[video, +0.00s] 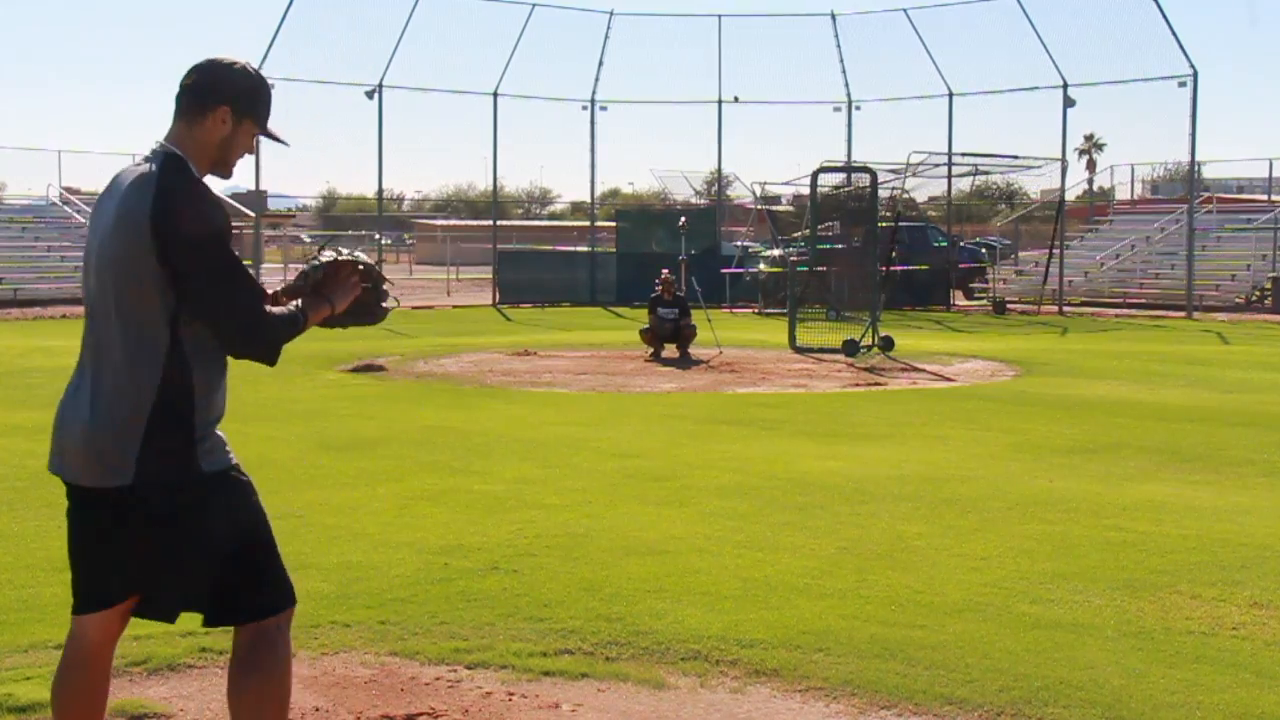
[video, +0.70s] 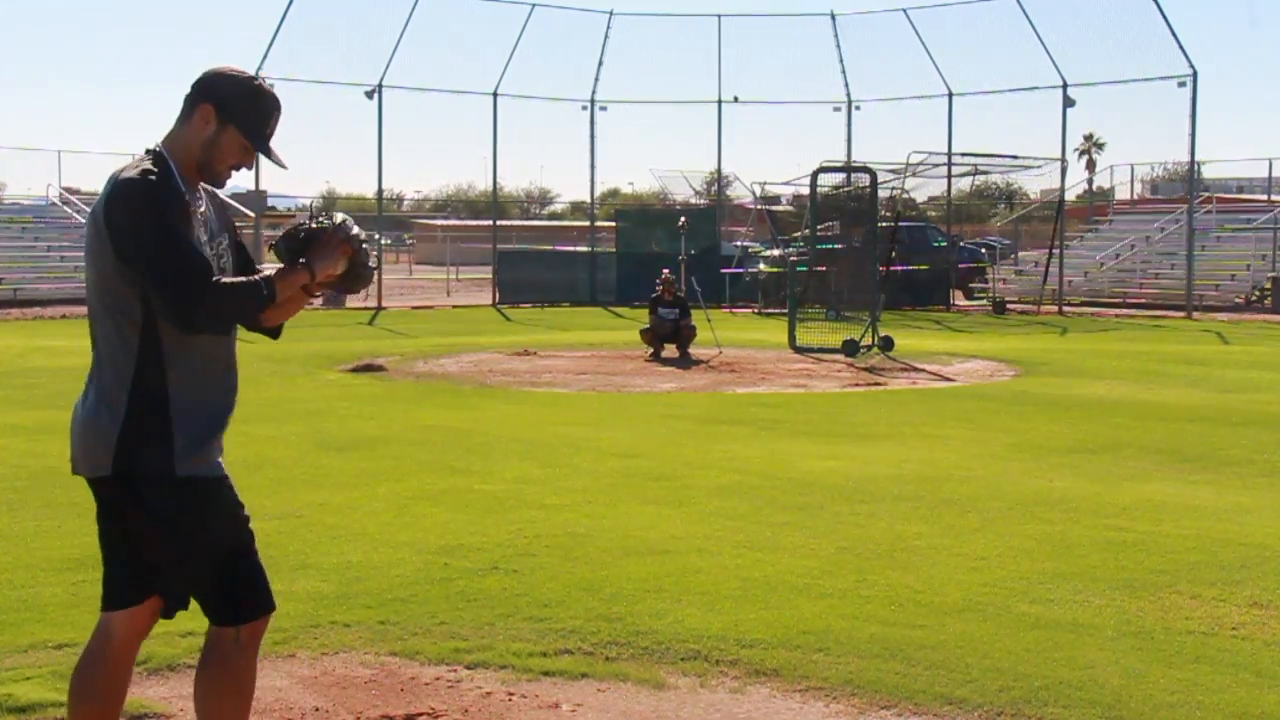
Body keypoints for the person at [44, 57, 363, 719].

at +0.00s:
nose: (248, 152)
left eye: (255, 140)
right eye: (251, 135)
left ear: (191, 115)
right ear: (219, 118)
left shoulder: (123, 187)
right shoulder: (183, 197)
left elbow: (183, 311)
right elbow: (252, 333)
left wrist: (282, 294)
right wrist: (321, 304)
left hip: (94, 446)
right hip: (178, 453)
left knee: (97, 618)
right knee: (266, 611)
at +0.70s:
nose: (246, 166)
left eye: (252, 156)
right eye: (245, 149)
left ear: (209, 126)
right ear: (207, 119)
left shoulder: (196, 203)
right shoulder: (144, 191)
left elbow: (239, 314)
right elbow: (195, 303)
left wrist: (287, 298)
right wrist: (307, 268)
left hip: (137, 446)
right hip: (159, 450)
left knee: (132, 608)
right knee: (243, 612)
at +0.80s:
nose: (260, 155)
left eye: (266, 144)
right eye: (259, 138)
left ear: (225, 120)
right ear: (217, 112)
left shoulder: (231, 203)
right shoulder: (146, 189)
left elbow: (277, 315)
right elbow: (190, 295)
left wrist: (320, 267)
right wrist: (287, 265)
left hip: (204, 446)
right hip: (159, 448)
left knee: (183, 614)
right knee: (236, 615)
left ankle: (120, 717)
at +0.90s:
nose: (268, 148)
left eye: (274, 136)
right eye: (265, 131)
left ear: (236, 118)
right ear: (221, 107)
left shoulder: (250, 203)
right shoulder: (144, 186)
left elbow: (301, 313)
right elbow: (182, 286)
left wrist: (323, 256)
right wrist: (290, 243)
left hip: (232, 440)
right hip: (162, 447)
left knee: (279, 591)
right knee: (222, 622)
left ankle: (165, 711)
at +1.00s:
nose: (275, 147)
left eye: (280, 134)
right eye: (271, 129)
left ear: (241, 116)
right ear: (227, 106)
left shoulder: (259, 198)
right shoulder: (141, 182)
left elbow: (317, 310)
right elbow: (148, 271)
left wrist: (318, 247)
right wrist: (268, 228)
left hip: (254, 433)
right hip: (171, 444)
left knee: (322, 575)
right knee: (220, 620)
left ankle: (244, 712)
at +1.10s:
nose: (282, 147)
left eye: (288, 134)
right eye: (276, 128)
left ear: (250, 118)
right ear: (231, 107)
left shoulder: (271, 196)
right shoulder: (138, 178)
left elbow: (333, 308)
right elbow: (123, 253)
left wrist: (309, 229)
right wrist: (244, 210)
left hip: (259, 419)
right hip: (174, 443)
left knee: (338, 557)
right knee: (216, 620)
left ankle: (340, 717)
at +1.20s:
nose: (284, 150)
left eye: (294, 139)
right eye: (279, 133)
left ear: (294, 140)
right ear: (239, 111)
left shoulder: (281, 190)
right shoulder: (149, 174)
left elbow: (348, 301)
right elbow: (109, 241)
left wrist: (306, 215)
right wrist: (229, 190)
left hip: (270, 410)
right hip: (182, 439)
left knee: (344, 532)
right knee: (215, 618)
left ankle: (412, 701)